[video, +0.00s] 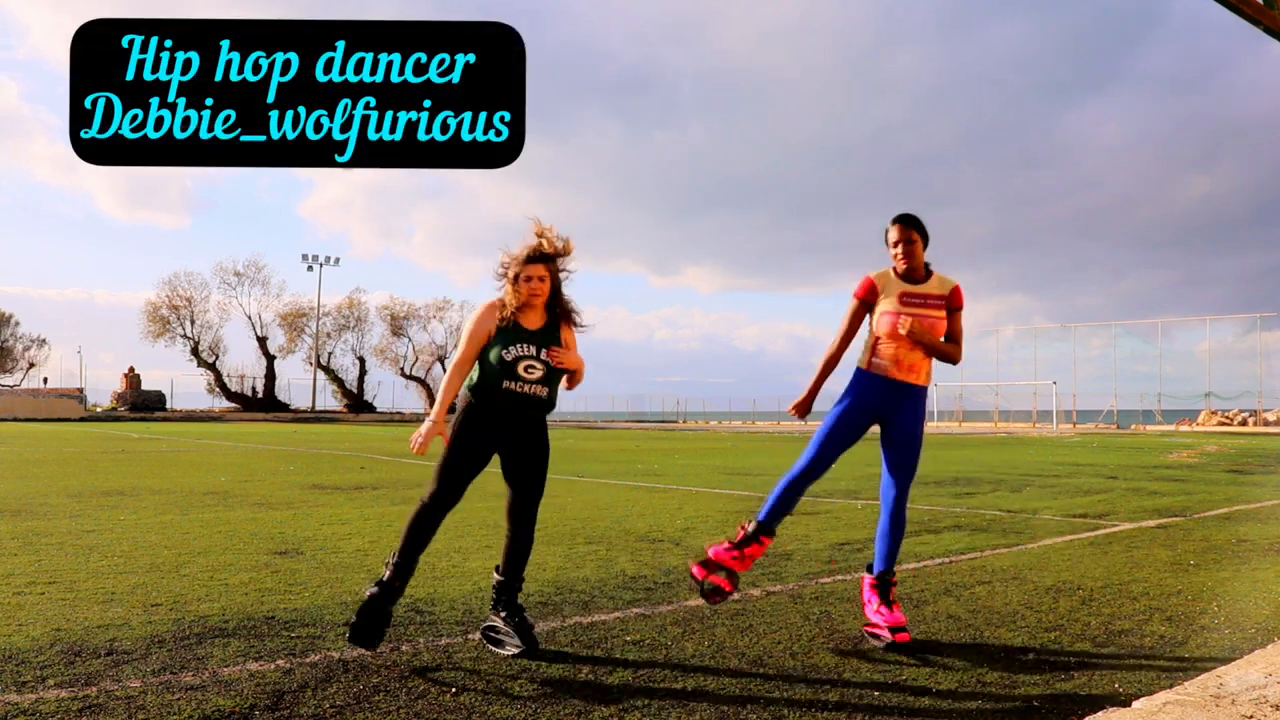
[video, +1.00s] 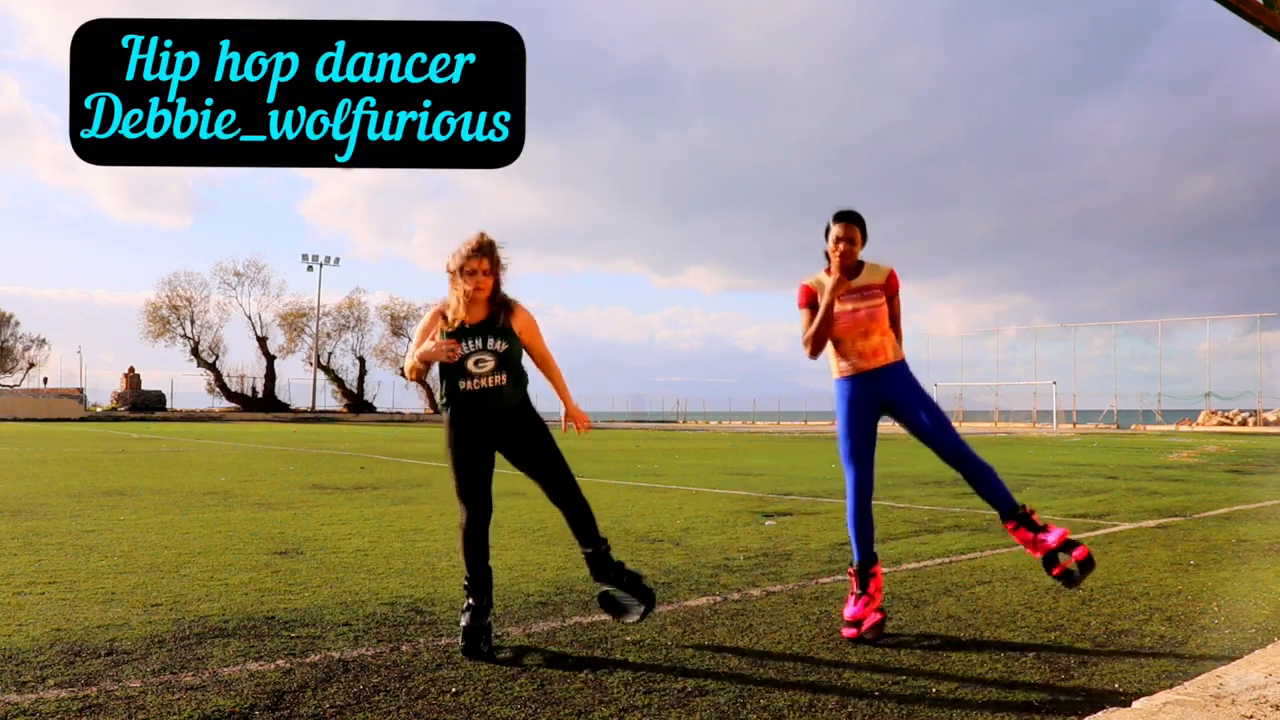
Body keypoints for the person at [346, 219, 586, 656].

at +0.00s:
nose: (532, 286)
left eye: (540, 279)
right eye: (524, 278)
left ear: (552, 284)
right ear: (513, 282)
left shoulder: (562, 325)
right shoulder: (493, 314)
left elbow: (573, 381)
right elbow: (460, 365)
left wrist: (576, 366)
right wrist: (436, 416)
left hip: (529, 428)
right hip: (482, 420)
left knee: (524, 516)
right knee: (440, 499)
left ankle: (507, 604)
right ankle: (386, 591)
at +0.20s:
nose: (541, 267)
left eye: (549, 260)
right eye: (533, 258)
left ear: (560, 263)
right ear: (520, 258)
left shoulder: (564, 300)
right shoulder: (497, 287)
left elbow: (570, 351)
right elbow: (460, 332)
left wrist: (581, 344)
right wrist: (432, 380)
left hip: (526, 406)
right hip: (476, 395)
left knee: (523, 494)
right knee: (429, 466)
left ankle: (514, 587)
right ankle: (369, 553)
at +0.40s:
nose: (539, 281)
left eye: (546, 275)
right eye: (533, 274)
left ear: (558, 281)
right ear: (521, 278)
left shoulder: (567, 330)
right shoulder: (494, 313)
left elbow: (581, 379)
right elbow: (460, 360)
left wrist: (581, 390)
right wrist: (438, 408)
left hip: (525, 425)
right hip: (475, 414)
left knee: (523, 509)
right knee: (427, 487)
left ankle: (509, 600)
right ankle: (368, 569)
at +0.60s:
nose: (519, 271)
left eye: (527, 265)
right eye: (512, 265)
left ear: (539, 269)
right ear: (502, 267)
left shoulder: (553, 309)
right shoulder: (484, 298)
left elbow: (563, 366)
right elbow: (453, 347)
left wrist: (564, 416)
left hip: (523, 415)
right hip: (473, 409)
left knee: (521, 503)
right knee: (449, 492)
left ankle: (514, 596)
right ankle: (426, 583)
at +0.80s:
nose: (495, 265)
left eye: (502, 258)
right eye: (488, 258)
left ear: (513, 260)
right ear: (474, 261)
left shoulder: (529, 298)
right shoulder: (452, 293)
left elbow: (557, 350)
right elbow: (414, 343)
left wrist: (583, 398)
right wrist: (443, 319)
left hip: (518, 403)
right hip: (469, 406)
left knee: (543, 495)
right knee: (473, 501)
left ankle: (556, 586)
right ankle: (475, 599)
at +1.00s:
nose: (479, 281)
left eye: (486, 273)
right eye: (470, 273)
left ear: (496, 276)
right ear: (455, 275)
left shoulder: (514, 315)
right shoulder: (438, 319)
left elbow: (544, 360)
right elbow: (411, 371)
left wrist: (568, 402)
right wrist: (425, 354)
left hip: (515, 418)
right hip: (466, 425)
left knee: (564, 488)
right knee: (475, 513)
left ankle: (604, 567)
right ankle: (477, 606)